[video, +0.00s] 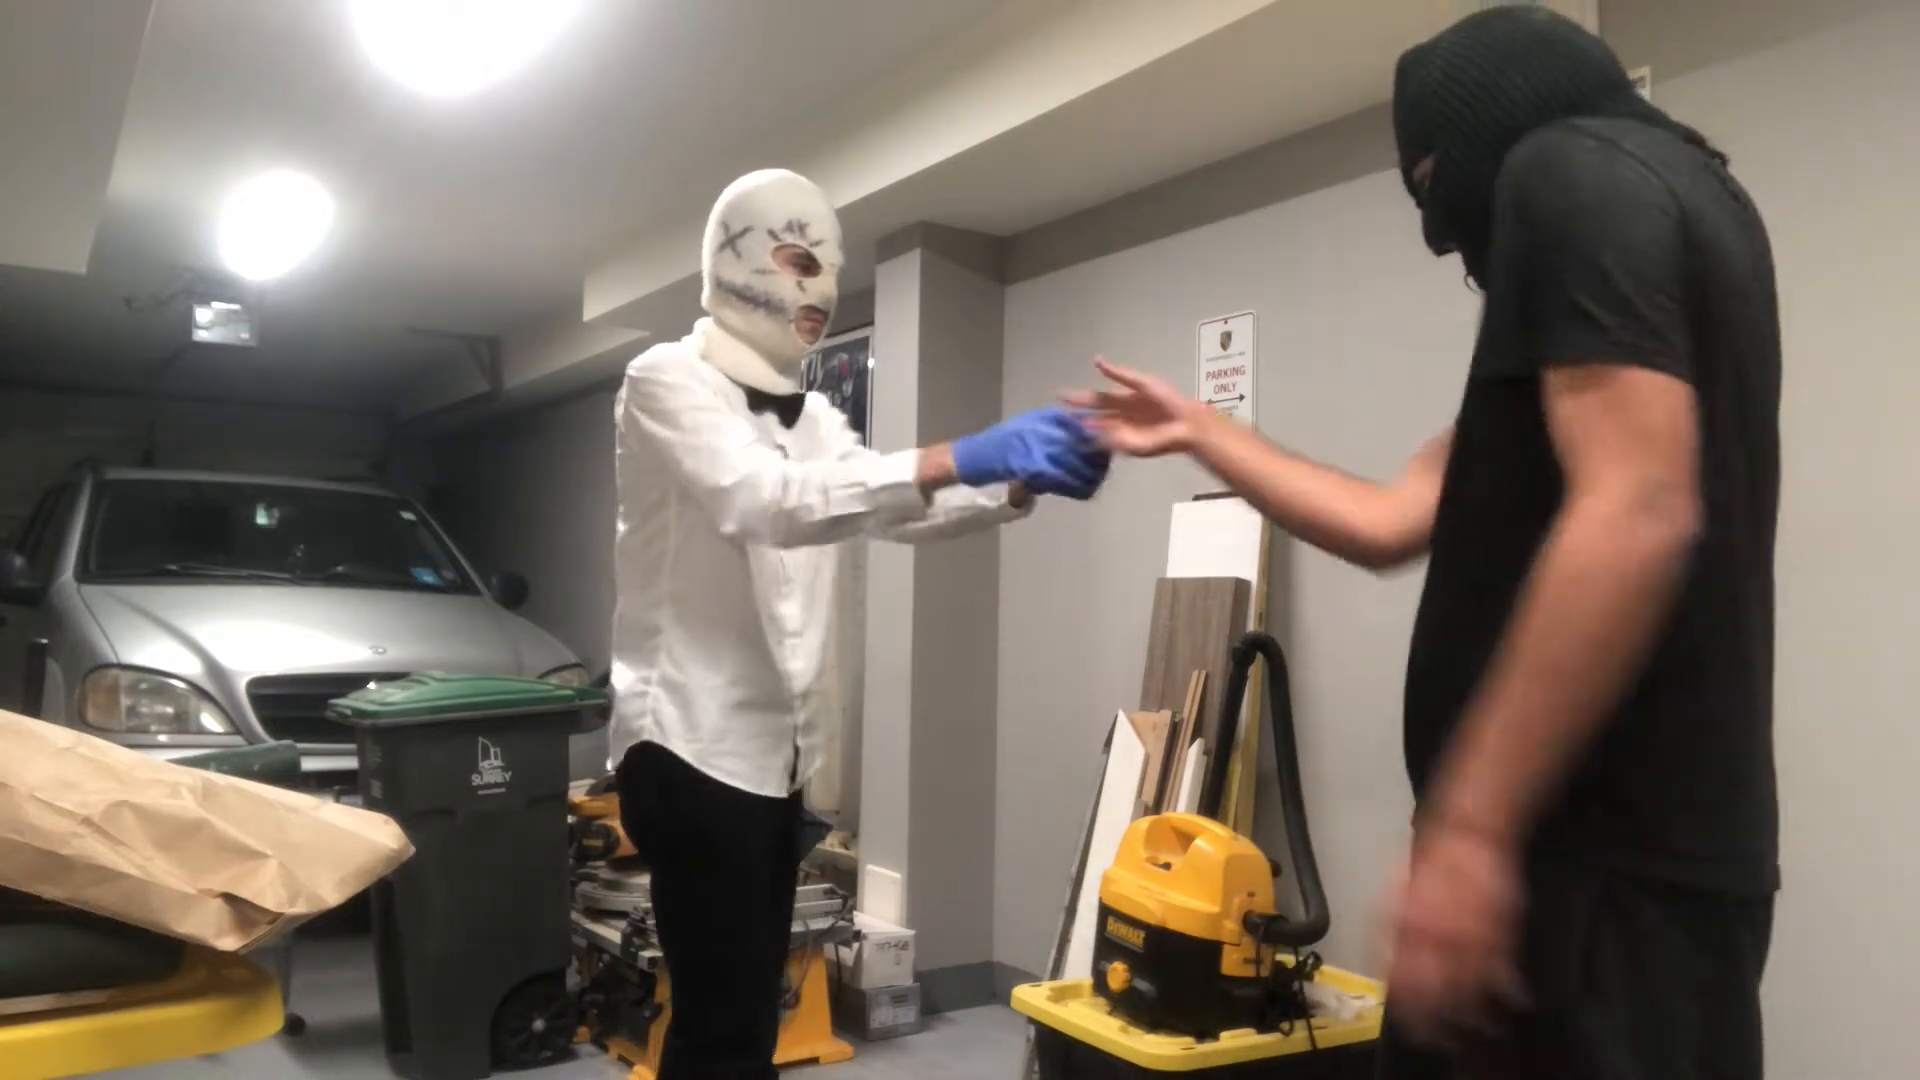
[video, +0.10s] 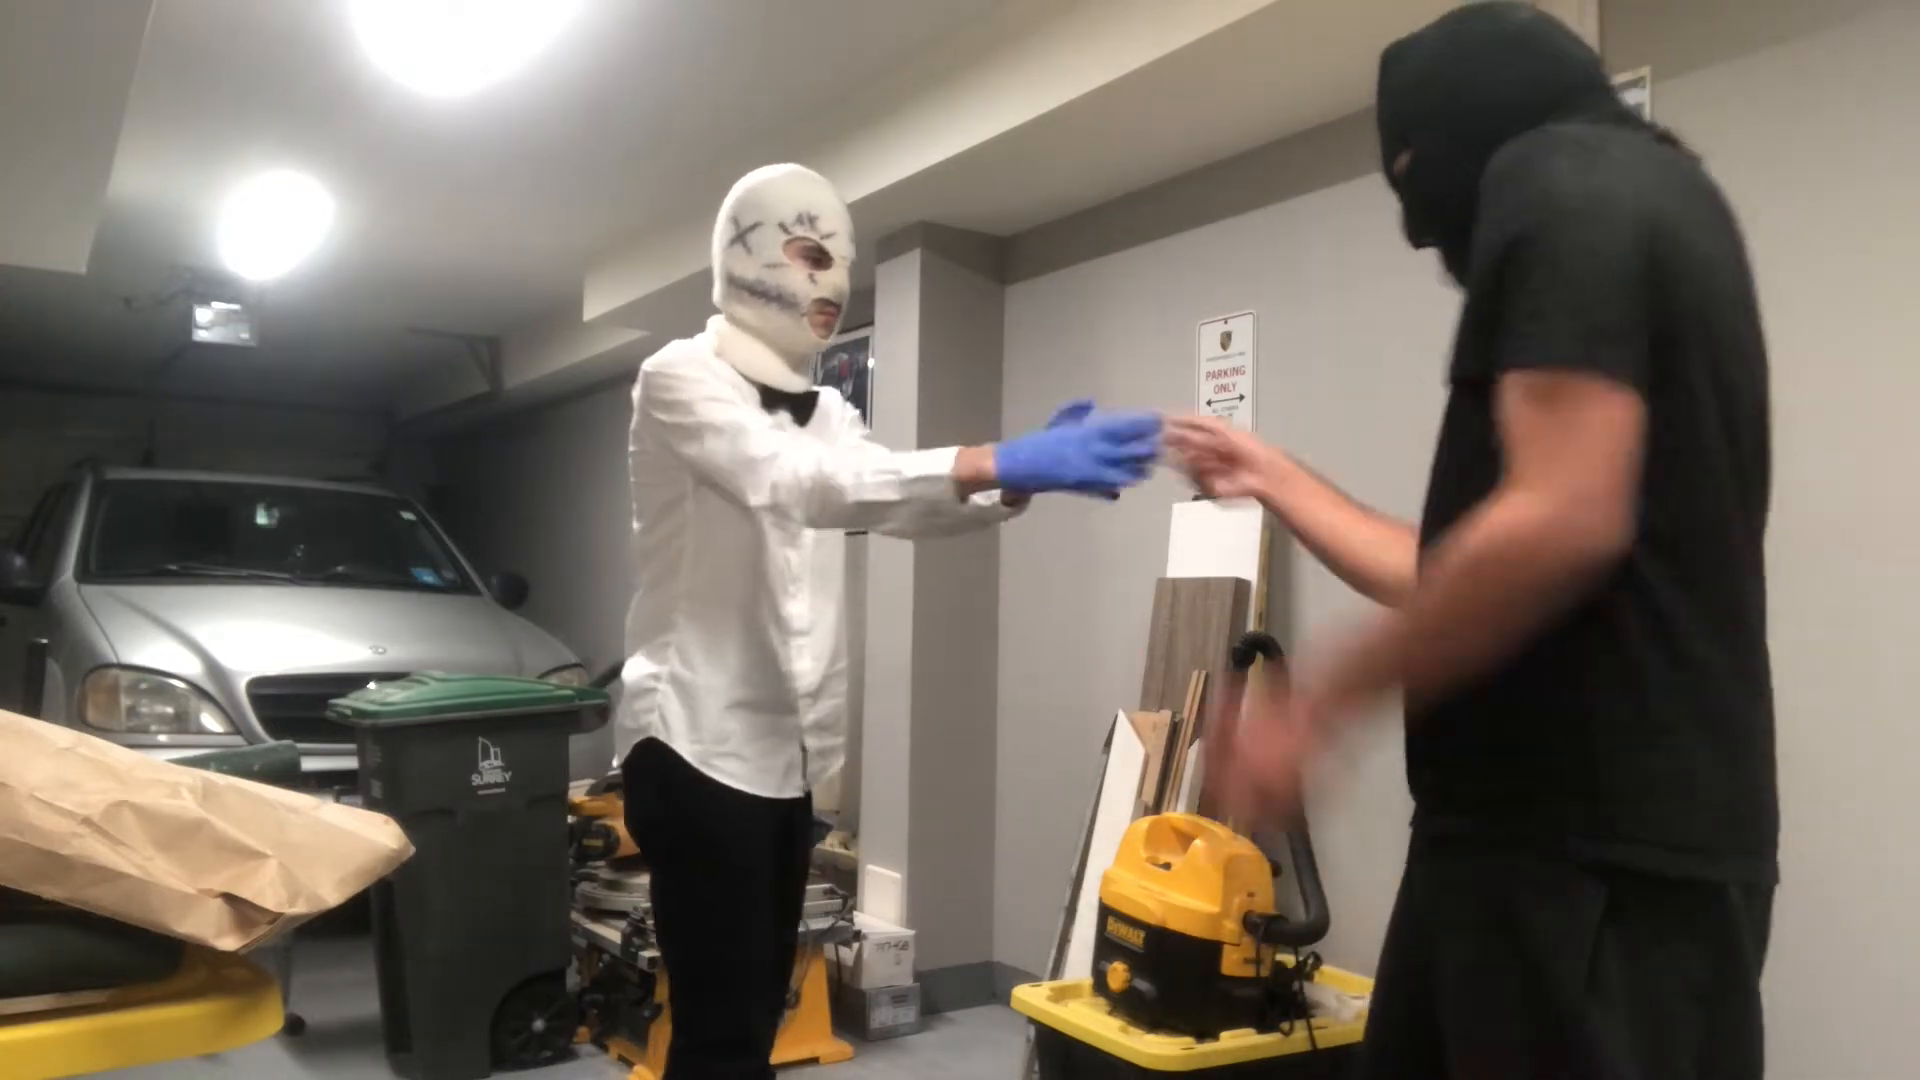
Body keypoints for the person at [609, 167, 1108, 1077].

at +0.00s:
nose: (821, 285)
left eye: (829, 266)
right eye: (797, 260)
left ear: (831, 277)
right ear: (732, 266)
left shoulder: (816, 423)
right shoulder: (669, 379)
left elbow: (894, 511)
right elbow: (763, 501)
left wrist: (1025, 484)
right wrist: (964, 456)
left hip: (776, 758)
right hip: (688, 752)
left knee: (745, 1021)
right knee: (722, 1026)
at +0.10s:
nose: (832, 280)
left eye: (839, 260)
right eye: (808, 255)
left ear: (847, 269)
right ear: (744, 260)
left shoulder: (822, 411)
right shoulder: (682, 377)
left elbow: (897, 506)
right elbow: (795, 485)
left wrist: (1027, 473)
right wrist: (1007, 460)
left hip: (782, 754)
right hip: (695, 745)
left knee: (751, 1023)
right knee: (718, 1027)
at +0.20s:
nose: (848, 281)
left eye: (855, 260)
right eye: (824, 255)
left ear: (861, 270)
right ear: (759, 260)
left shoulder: (831, 409)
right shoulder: (693, 379)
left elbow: (916, 498)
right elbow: (804, 503)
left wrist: (1036, 475)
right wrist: (1002, 449)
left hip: (787, 751)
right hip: (703, 744)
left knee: (760, 1022)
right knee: (724, 1029)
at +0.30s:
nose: (850, 278)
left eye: (859, 262)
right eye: (826, 253)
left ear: (861, 279)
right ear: (763, 260)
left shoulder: (837, 414)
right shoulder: (699, 381)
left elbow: (939, 508)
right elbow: (811, 512)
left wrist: (1039, 489)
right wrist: (997, 455)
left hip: (794, 754)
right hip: (708, 747)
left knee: (758, 1027)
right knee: (731, 1030)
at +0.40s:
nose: (849, 286)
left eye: (858, 269)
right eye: (827, 261)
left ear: (866, 280)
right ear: (763, 264)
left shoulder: (835, 415)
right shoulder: (697, 382)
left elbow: (927, 493)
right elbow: (811, 501)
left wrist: (1054, 430)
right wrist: (1006, 413)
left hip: (793, 754)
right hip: (710, 745)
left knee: (756, 1024)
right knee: (731, 1025)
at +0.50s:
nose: (832, 301)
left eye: (844, 281)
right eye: (809, 273)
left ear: (856, 290)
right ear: (751, 272)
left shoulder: (825, 411)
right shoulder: (689, 379)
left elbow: (914, 471)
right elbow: (799, 476)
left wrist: (1029, 439)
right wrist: (979, 435)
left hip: (796, 756)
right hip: (713, 748)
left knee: (757, 1019)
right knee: (730, 1023)